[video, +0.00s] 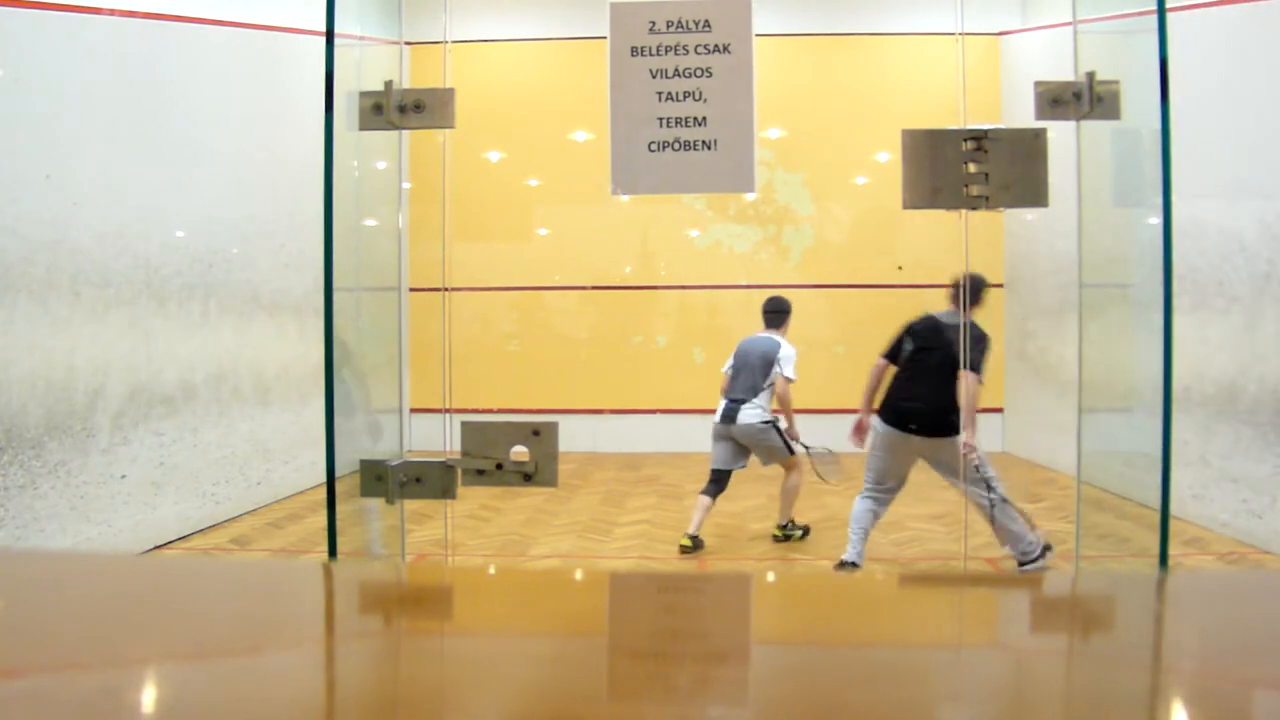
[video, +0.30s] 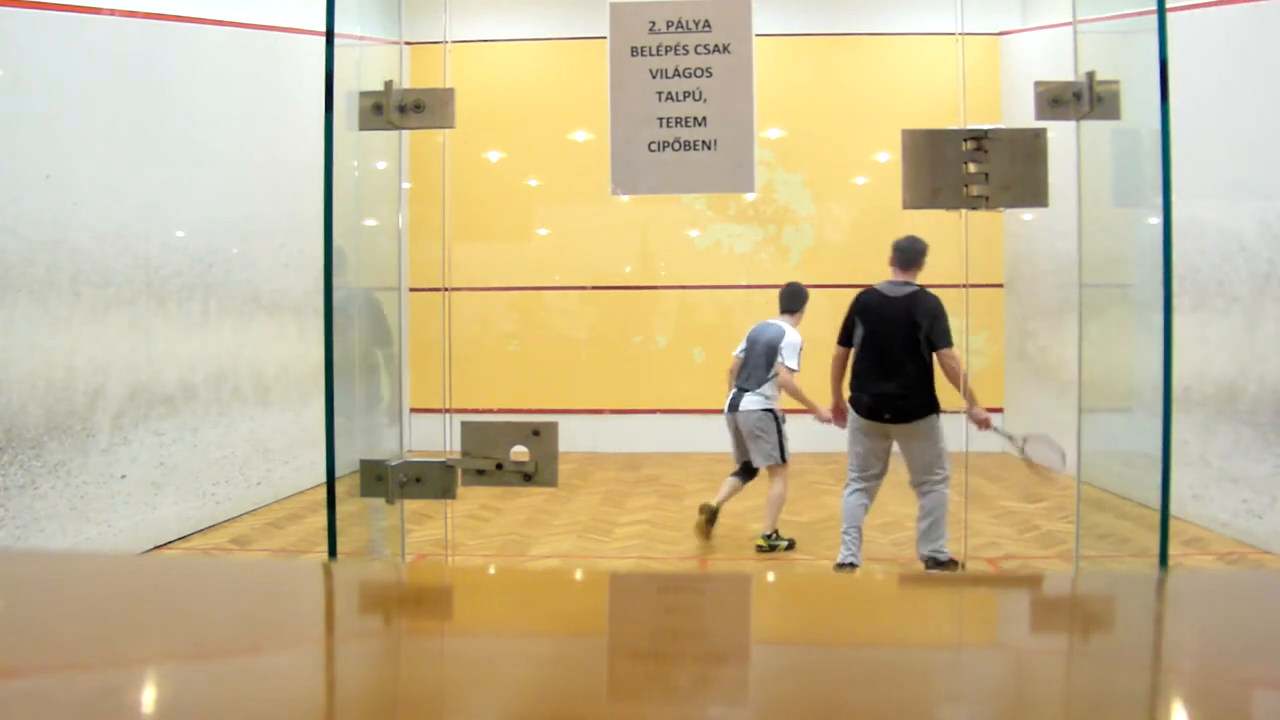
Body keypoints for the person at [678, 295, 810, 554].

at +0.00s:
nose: (788, 322)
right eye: (789, 318)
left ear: (764, 318)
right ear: (787, 319)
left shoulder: (743, 344)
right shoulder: (784, 348)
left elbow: (726, 386)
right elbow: (781, 391)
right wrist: (791, 426)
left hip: (725, 416)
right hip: (754, 419)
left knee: (717, 480)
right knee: (794, 465)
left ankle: (691, 534)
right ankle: (784, 525)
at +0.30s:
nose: (804, 312)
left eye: (803, 307)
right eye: (805, 308)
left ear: (780, 305)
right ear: (802, 309)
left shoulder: (758, 329)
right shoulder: (791, 336)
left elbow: (734, 367)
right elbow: (785, 380)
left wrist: (735, 399)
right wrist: (815, 408)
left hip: (734, 407)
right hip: (761, 410)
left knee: (747, 468)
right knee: (778, 472)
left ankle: (715, 504)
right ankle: (769, 534)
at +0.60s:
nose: (826, 328)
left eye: (827, 323)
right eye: (826, 323)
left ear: (802, 317)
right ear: (819, 320)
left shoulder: (778, 334)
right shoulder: (801, 339)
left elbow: (746, 355)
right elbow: (799, 369)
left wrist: (740, 370)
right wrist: (830, 369)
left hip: (743, 406)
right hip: (764, 410)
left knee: (760, 462)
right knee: (774, 473)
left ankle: (772, 501)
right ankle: (767, 529)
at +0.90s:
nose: (824, 323)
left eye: (824, 319)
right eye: (824, 319)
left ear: (800, 315)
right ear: (820, 318)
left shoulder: (775, 331)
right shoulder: (812, 349)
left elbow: (743, 355)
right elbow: (823, 385)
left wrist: (741, 370)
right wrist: (837, 398)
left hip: (749, 402)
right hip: (774, 405)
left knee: (769, 456)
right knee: (775, 466)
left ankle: (773, 505)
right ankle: (762, 512)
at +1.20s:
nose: (814, 308)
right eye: (815, 304)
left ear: (792, 303)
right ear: (813, 306)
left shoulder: (773, 325)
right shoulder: (815, 338)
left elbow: (744, 355)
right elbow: (817, 372)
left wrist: (734, 385)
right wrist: (811, 403)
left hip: (759, 397)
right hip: (788, 400)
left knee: (769, 454)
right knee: (787, 460)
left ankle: (775, 505)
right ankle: (772, 505)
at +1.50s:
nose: (807, 302)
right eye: (807, 298)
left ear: (783, 299)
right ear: (806, 301)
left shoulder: (765, 326)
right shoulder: (814, 333)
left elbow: (750, 363)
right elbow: (812, 374)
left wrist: (747, 397)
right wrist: (798, 385)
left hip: (764, 402)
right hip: (793, 404)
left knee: (770, 455)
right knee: (794, 464)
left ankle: (772, 507)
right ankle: (785, 519)